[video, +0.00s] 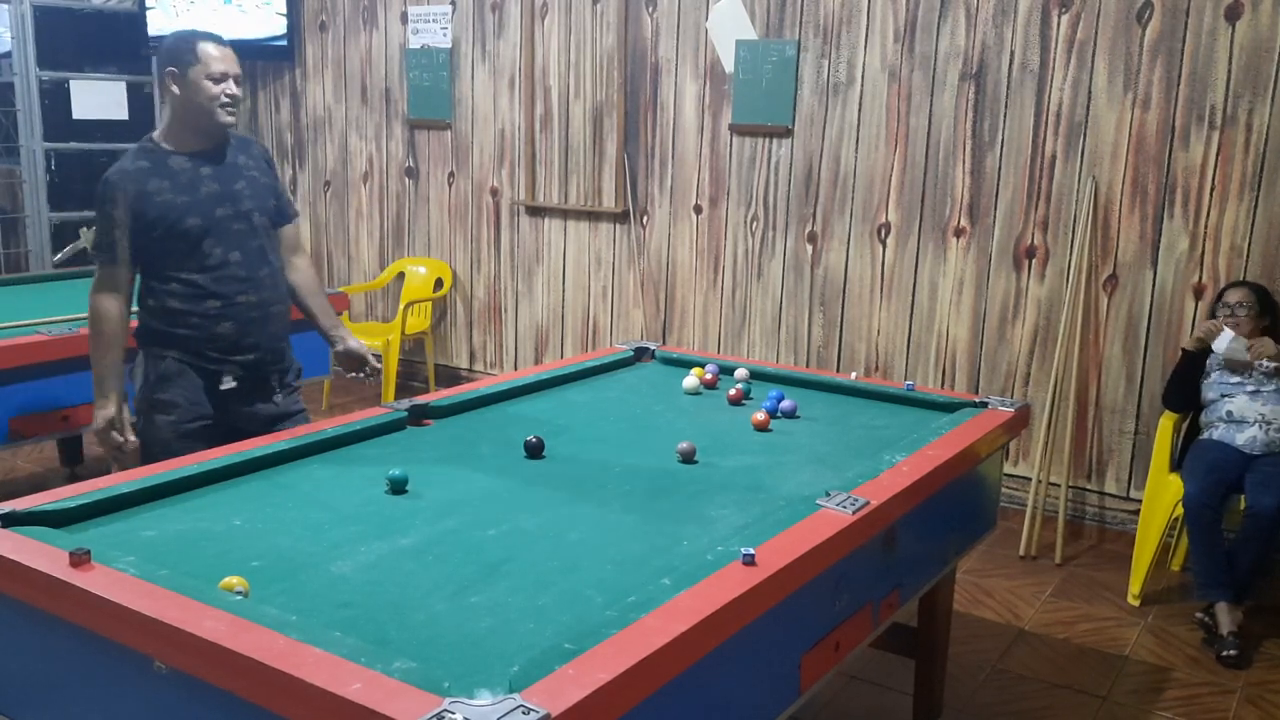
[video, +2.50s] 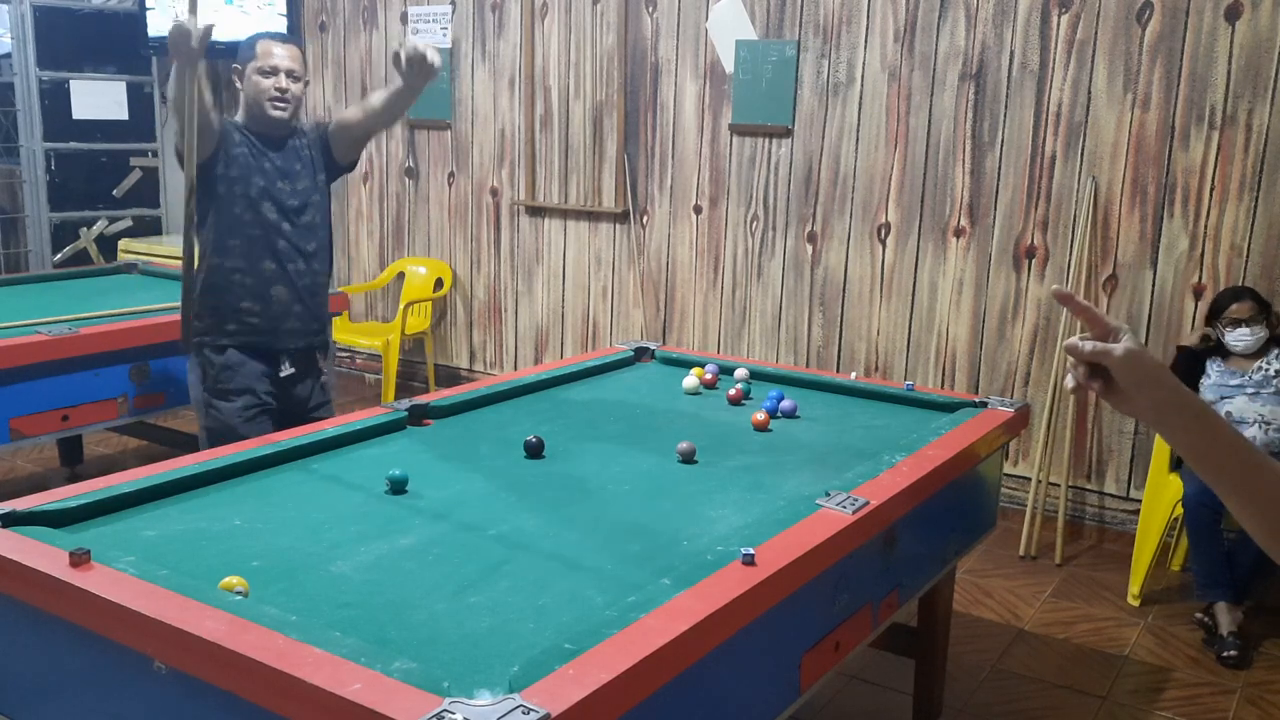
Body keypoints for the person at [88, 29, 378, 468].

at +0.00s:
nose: (234, 92)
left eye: (237, 81)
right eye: (217, 79)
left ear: (241, 85)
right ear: (172, 84)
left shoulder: (254, 158)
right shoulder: (129, 179)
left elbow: (293, 257)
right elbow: (110, 292)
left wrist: (340, 337)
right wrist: (108, 398)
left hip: (271, 377)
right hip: (182, 385)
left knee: (292, 527)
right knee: (186, 527)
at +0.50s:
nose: (276, 87)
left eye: (283, 76)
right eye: (260, 75)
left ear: (292, 84)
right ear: (223, 82)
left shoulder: (300, 163)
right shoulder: (193, 171)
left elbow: (319, 260)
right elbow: (178, 279)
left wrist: (364, 338)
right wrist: (165, 386)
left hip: (315, 364)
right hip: (243, 368)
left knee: (317, 498)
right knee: (254, 503)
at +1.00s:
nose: (313, 94)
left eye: (322, 83)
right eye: (298, 81)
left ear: (331, 90)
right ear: (267, 83)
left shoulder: (330, 167)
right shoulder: (229, 161)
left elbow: (354, 255)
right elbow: (195, 252)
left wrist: (407, 313)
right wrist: (205, 335)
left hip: (325, 357)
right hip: (261, 357)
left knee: (327, 485)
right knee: (280, 488)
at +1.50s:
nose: (318, 95)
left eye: (329, 87)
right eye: (304, 83)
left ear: (337, 96)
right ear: (275, 87)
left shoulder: (345, 153)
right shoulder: (246, 149)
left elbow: (384, 112)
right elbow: (214, 148)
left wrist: (436, 68)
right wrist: (204, 102)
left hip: (334, 351)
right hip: (261, 352)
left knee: (334, 485)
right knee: (267, 488)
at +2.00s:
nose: (307, 91)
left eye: (318, 84)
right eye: (294, 79)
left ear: (327, 96)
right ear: (263, 83)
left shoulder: (335, 149)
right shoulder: (236, 147)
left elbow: (379, 107)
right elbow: (217, 100)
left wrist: (426, 60)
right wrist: (195, 35)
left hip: (328, 349)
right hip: (257, 349)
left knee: (331, 485)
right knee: (263, 488)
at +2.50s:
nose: (282, 86)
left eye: (293, 77)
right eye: (268, 73)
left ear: (305, 89)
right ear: (240, 80)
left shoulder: (317, 146)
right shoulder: (217, 143)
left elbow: (369, 117)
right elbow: (192, 115)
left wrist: (410, 85)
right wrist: (186, 66)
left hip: (303, 348)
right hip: (232, 350)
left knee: (316, 478)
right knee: (244, 483)